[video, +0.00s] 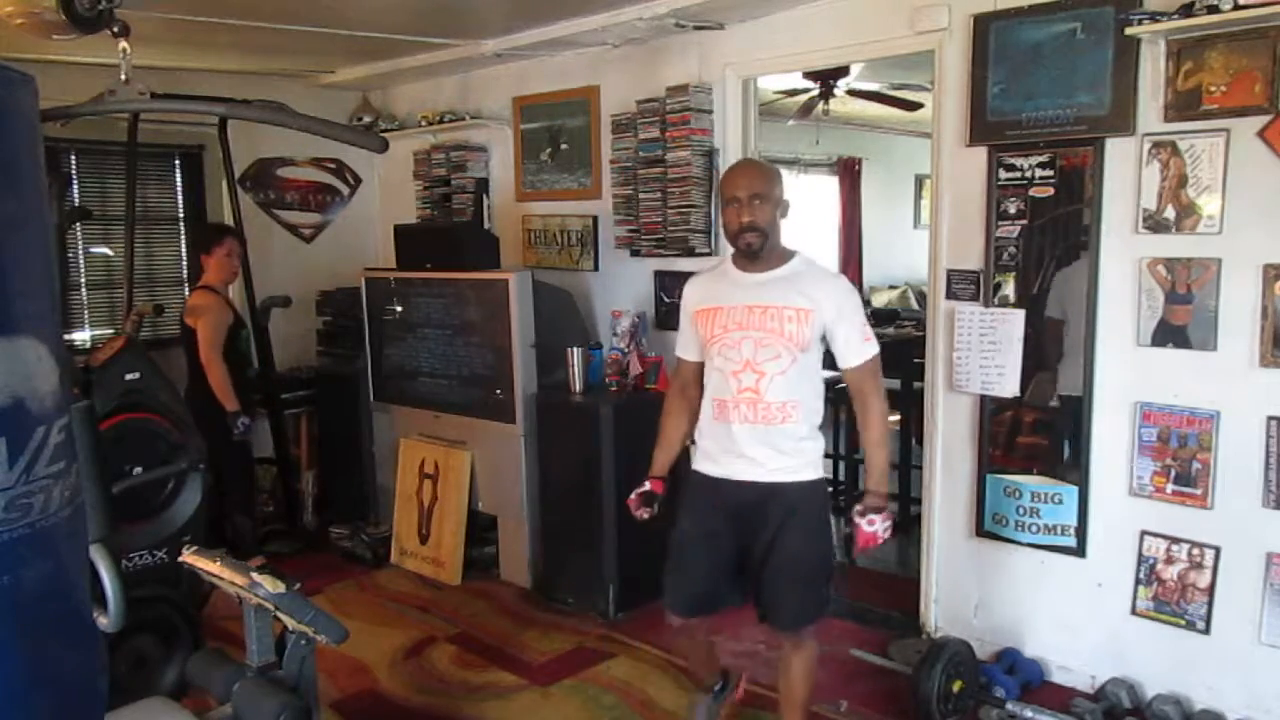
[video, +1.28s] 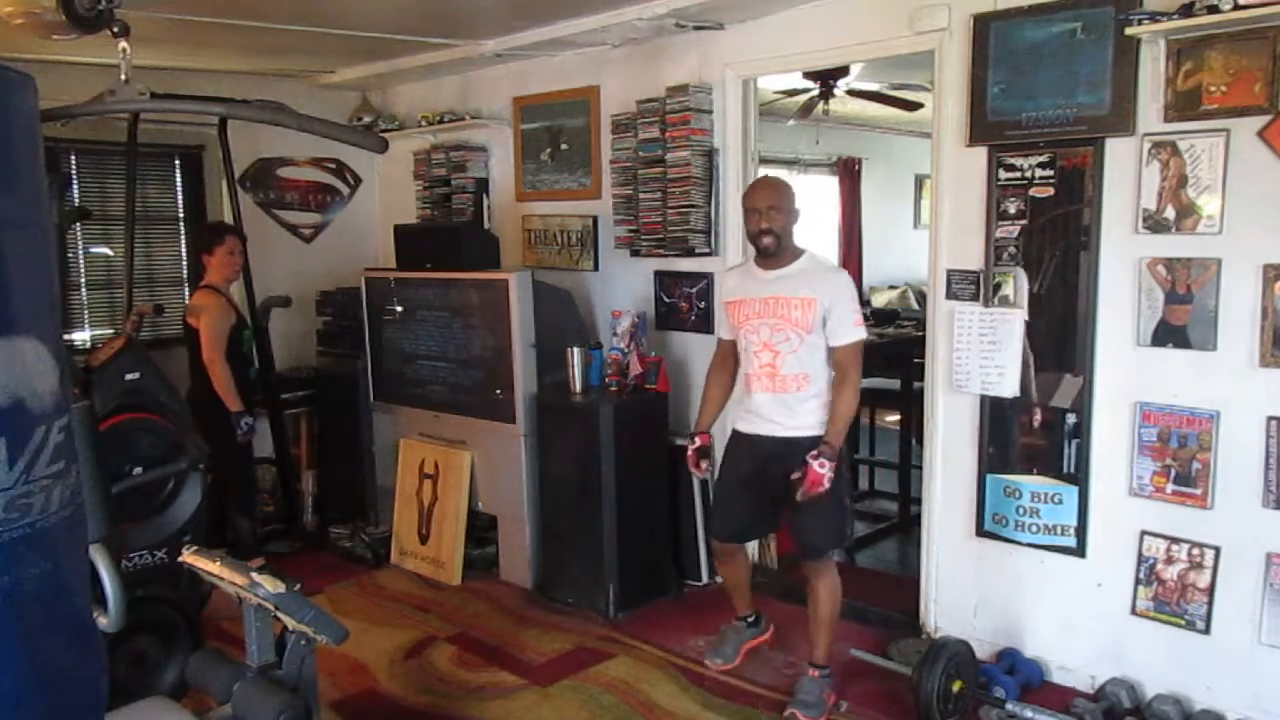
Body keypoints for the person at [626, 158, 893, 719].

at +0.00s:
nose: (744, 215)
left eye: (757, 202)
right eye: (732, 203)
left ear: (781, 209)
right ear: (719, 214)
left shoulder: (827, 290)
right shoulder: (700, 291)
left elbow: (868, 390)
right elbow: (683, 389)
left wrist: (877, 487)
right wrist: (657, 474)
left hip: (793, 487)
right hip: (711, 482)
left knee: (794, 628)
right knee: (682, 614)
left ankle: (793, 716)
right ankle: (715, 685)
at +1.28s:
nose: (762, 222)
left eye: (773, 212)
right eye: (753, 213)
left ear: (794, 217)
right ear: (742, 218)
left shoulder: (831, 282)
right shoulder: (732, 282)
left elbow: (848, 375)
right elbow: (725, 358)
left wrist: (829, 451)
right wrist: (702, 428)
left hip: (811, 441)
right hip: (746, 436)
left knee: (819, 559)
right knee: (724, 539)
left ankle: (817, 671)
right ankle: (748, 621)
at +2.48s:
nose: (691, 243)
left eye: (698, 233)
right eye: (689, 233)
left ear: (734, 230)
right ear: (721, 231)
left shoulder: (783, 289)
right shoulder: (698, 285)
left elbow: (805, 377)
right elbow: (690, 360)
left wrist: (797, 454)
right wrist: (667, 430)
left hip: (763, 442)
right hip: (712, 439)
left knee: (753, 557)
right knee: (730, 550)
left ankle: (755, 672)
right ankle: (753, 633)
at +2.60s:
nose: (686, 234)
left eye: (692, 223)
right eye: (686, 223)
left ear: (727, 224)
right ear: (723, 225)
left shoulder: (785, 287)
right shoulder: (702, 279)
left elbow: (804, 380)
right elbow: (687, 359)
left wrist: (798, 461)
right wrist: (650, 423)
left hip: (763, 444)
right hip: (710, 440)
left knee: (757, 560)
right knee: (720, 548)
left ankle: (756, 676)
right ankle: (745, 625)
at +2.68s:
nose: (685, 229)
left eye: (692, 219)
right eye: (686, 218)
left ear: (725, 221)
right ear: (723, 222)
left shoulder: (784, 288)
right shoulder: (704, 279)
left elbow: (805, 383)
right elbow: (690, 358)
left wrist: (793, 466)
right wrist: (646, 419)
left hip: (762, 446)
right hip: (708, 440)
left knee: (757, 560)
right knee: (696, 540)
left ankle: (755, 678)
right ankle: (737, 617)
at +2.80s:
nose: (684, 236)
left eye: (689, 225)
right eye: (684, 226)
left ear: (723, 222)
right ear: (722, 223)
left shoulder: (784, 288)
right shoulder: (706, 280)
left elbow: (801, 386)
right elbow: (698, 362)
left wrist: (781, 471)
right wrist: (652, 420)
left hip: (759, 451)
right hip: (704, 443)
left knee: (756, 566)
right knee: (677, 540)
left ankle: (756, 679)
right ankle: (725, 621)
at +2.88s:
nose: (686, 244)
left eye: (690, 233)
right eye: (683, 234)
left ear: (726, 221)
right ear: (718, 225)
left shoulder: (782, 285)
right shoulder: (705, 281)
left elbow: (797, 383)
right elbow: (700, 364)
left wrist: (770, 467)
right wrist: (664, 427)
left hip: (754, 452)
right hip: (700, 444)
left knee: (757, 569)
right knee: (672, 545)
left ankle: (756, 678)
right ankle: (697, 641)